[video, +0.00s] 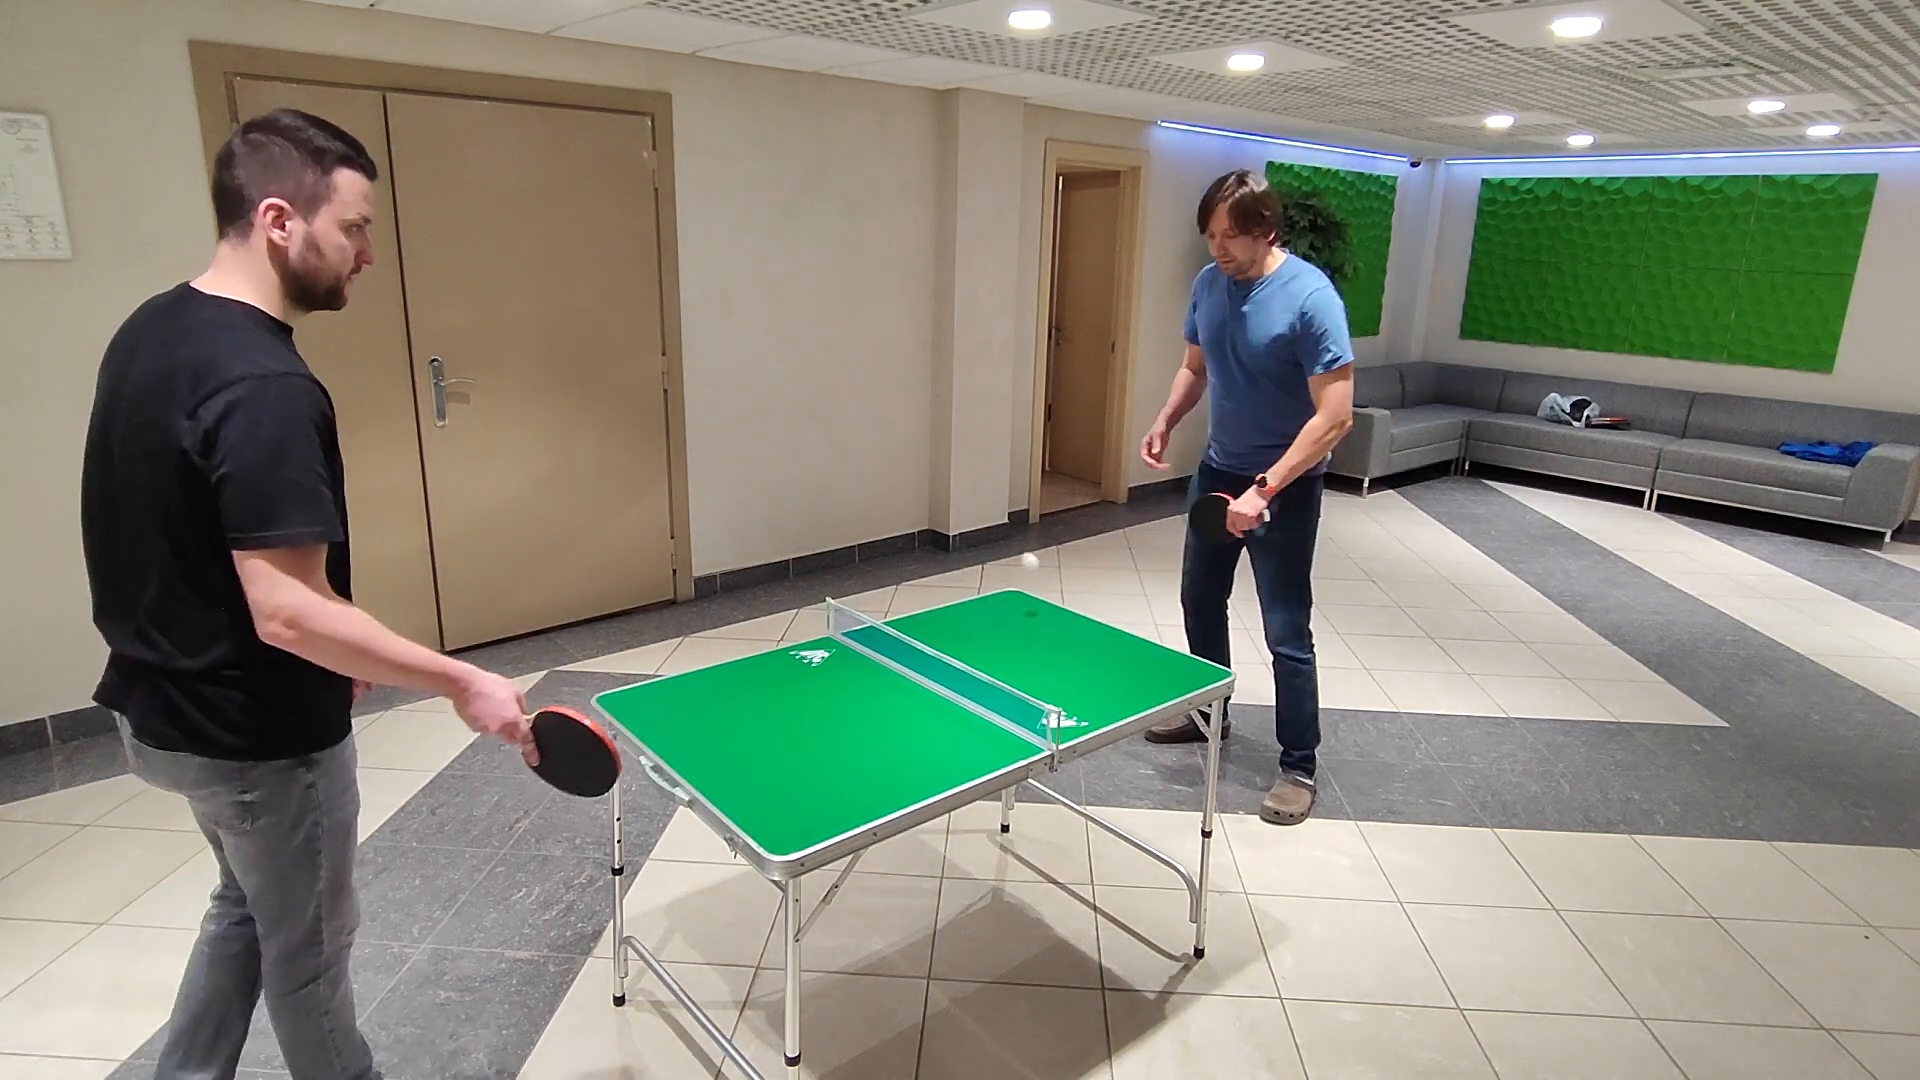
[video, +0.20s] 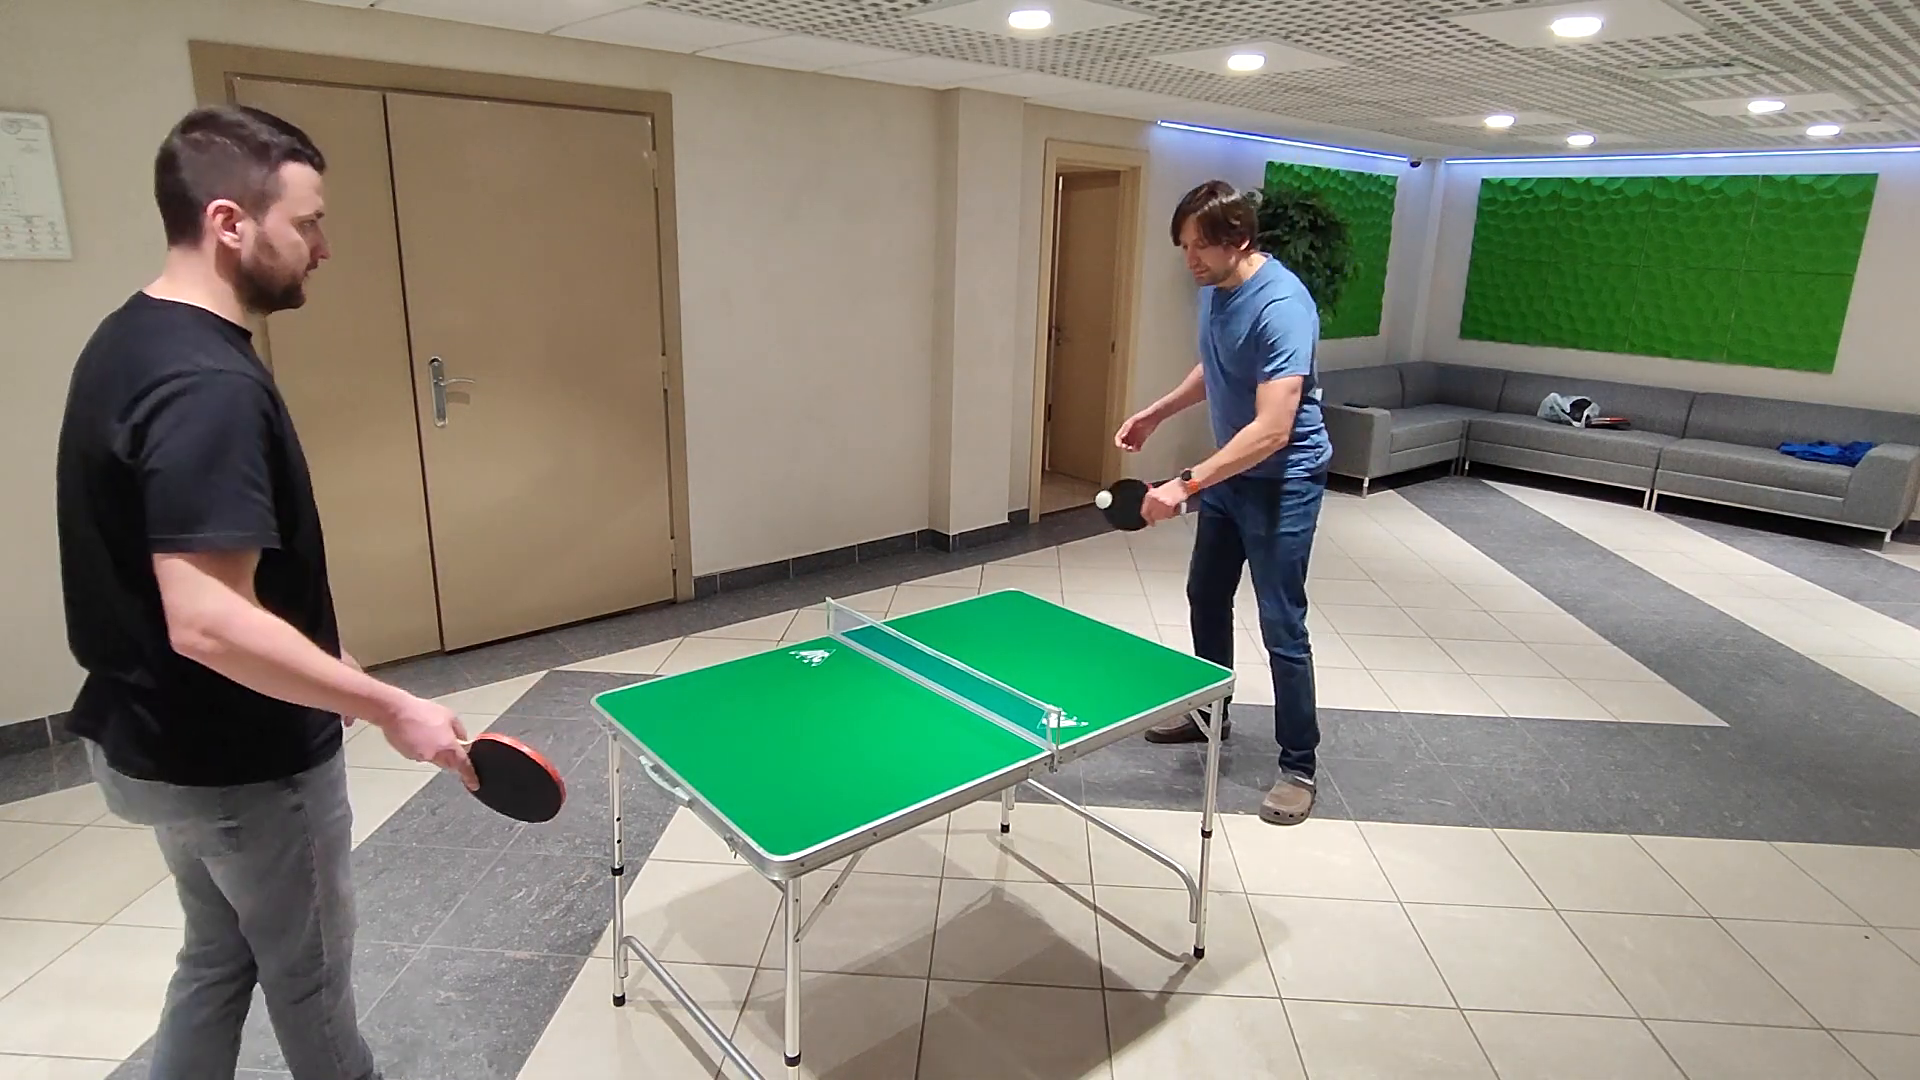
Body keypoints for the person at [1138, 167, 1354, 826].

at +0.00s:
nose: (1215, 248)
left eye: (1227, 237)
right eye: (1210, 236)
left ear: (1265, 233)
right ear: (1209, 233)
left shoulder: (1312, 299)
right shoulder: (1209, 283)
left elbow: (1336, 416)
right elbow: (1196, 367)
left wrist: (1263, 490)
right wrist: (1165, 421)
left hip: (1286, 486)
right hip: (1220, 474)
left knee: (1286, 635)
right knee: (1200, 604)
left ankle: (1297, 771)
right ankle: (1206, 712)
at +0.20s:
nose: (1188, 260)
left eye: (1196, 247)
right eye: (1185, 248)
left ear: (1235, 241)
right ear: (1214, 244)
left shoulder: (1281, 308)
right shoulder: (1220, 289)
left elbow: (1272, 430)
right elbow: (1216, 369)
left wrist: (1187, 484)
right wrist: (1154, 415)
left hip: (1281, 484)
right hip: (1225, 477)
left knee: (1282, 626)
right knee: (1207, 597)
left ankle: (1298, 770)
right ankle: (1209, 710)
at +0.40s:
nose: (1175, 266)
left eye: (1182, 253)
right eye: (1171, 254)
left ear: (1221, 247)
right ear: (1212, 249)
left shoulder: (1261, 307)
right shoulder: (1224, 292)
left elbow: (1209, 411)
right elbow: (1233, 371)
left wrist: (1122, 477)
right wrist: (1188, 403)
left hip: (1288, 472)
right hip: (1241, 464)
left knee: (1278, 620)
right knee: (1219, 592)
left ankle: (1298, 771)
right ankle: (1211, 711)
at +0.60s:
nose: (1173, 260)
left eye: (1180, 248)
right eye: (1170, 249)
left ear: (1222, 245)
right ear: (1212, 247)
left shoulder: (1260, 305)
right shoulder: (1222, 288)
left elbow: (1189, 400)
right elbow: (1235, 363)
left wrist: (1110, 467)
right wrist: (1210, 412)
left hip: (1290, 473)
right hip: (1243, 467)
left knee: (1280, 620)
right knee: (1224, 596)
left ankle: (1298, 771)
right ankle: (1210, 711)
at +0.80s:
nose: (1180, 255)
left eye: (1188, 243)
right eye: (1176, 243)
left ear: (1229, 240)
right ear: (1218, 242)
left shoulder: (1267, 302)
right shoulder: (1229, 289)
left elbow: (1216, 415)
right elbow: (1257, 392)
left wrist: (1134, 485)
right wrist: (1245, 456)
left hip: (1288, 478)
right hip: (1242, 471)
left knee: (1281, 625)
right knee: (1220, 596)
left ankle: (1298, 770)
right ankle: (1212, 710)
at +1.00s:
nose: (1196, 243)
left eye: (1207, 231)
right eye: (1192, 232)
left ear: (1246, 232)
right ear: (1204, 233)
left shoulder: (1286, 300)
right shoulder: (1224, 283)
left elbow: (1290, 423)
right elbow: (1233, 380)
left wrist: (1224, 502)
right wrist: (1181, 428)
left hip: (1278, 481)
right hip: (1224, 469)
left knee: (1281, 633)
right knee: (1200, 596)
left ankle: (1298, 771)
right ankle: (1207, 711)